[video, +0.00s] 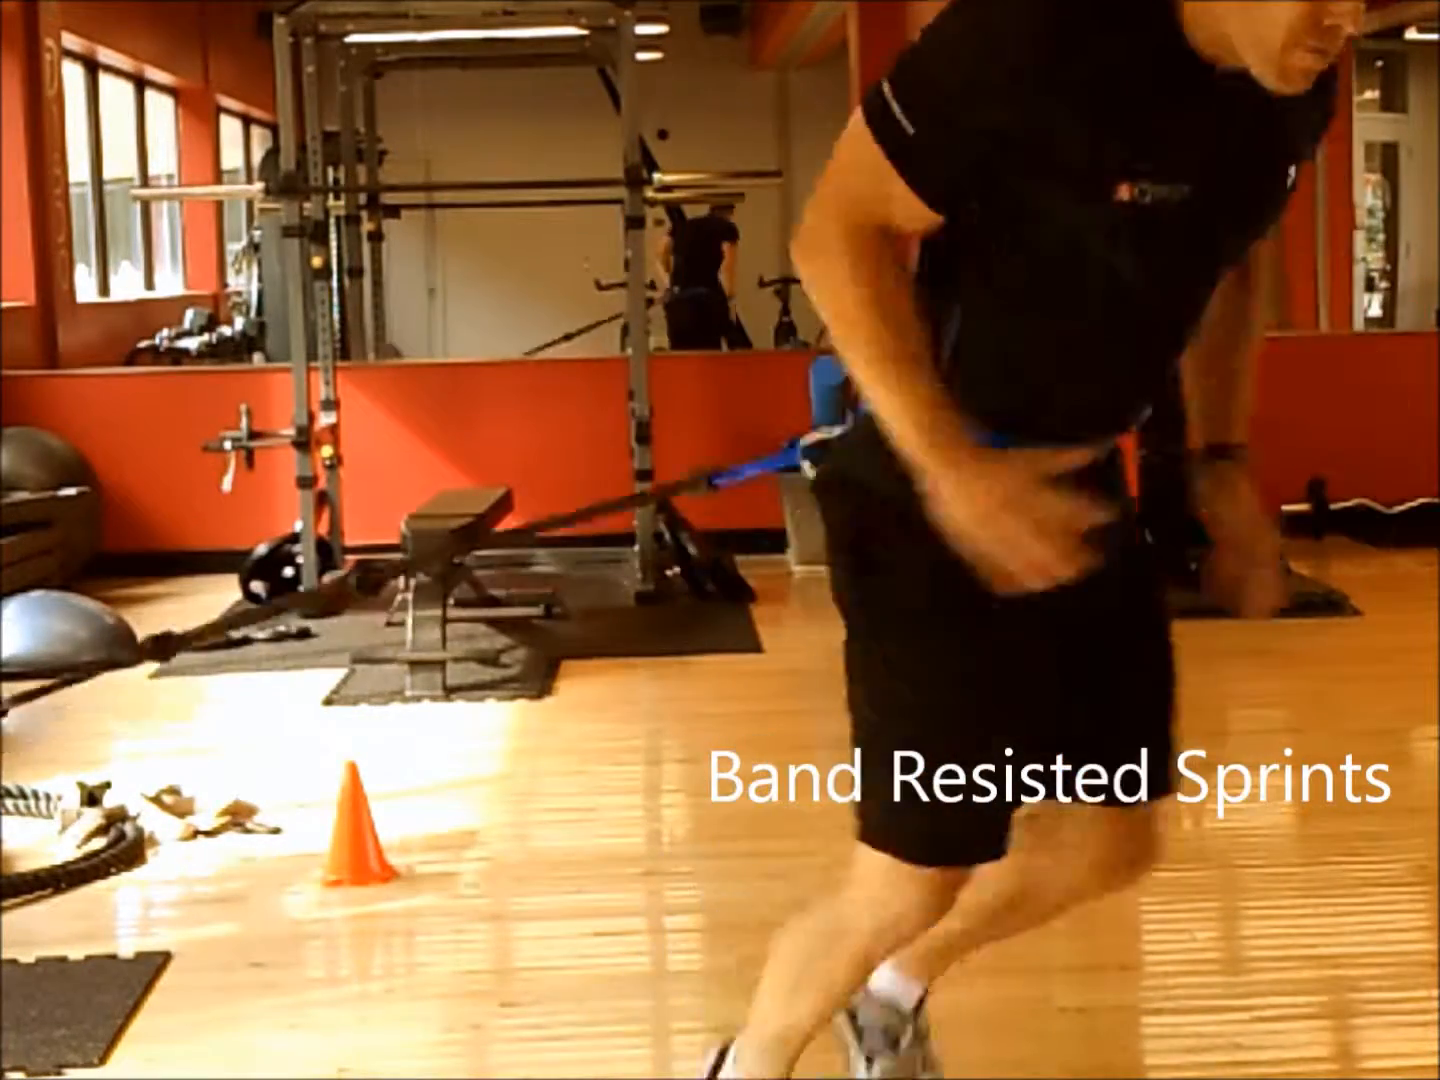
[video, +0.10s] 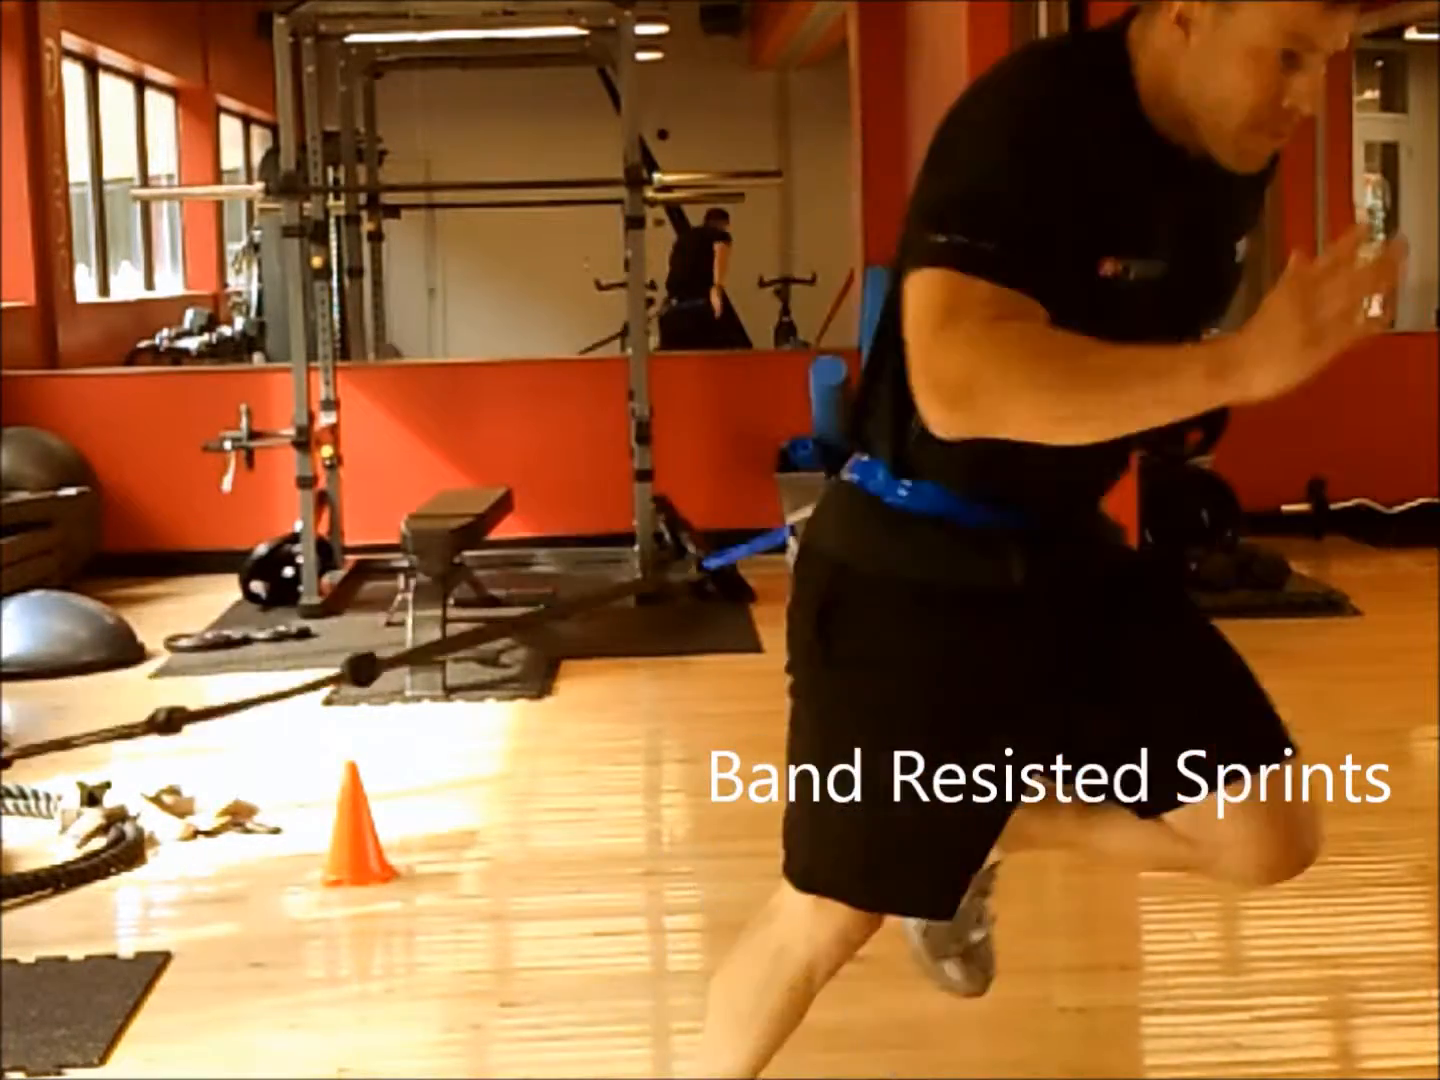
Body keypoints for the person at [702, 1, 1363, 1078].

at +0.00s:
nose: (1341, 26)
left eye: (1362, 5)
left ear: (1375, 9)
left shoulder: (1304, 85)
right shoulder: (1028, 36)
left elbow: (1229, 262)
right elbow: (836, 232)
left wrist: (1220, 461)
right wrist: (951, 465)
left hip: (1089, 469)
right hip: (918, 468)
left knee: (1106, 839)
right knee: (919, 871)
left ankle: (887, 989)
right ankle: (744, 1068)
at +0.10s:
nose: (1311, 99)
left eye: (1326, 64)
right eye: (1289, 56)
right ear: (1179, 21)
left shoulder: (1231, 157)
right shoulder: (1022, 114)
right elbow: (960, 381)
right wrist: (1237, 361)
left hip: (1065, 549)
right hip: (902, 554)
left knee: (1264, 837)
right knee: (838, 904)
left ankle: (980, 812)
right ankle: (702, 1072)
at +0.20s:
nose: (1346, 100)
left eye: (1365, 70)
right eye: (1331, 54)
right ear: (1225, 8)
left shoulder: (1256, 148)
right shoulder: (1041, 95)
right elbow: (923, 343)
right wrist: (1196, 370)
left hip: (1070, 512)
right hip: (908, 513)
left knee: (1264, 801)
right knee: (840, 851)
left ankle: (971, 873)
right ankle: (708, 1067)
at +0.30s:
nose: (1402, 29)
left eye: (1416, 8)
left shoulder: (1328, 107)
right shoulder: (1069, 40)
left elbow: (1218, 274)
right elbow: (866, 238)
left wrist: (1203, 459)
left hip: (1102, 455)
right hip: (933, 445)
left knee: (1101, 836)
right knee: (944, 864)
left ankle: (907, 1026)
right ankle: (716, 1037)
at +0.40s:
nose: (1376, 112)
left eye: (1395, 80)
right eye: (1353, 70)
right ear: (1246, 29)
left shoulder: (1319, 192)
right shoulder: (1039, 112)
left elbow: (1335, 380)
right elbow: (797, 198)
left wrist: (1403, 491)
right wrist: (706, 417)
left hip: (1075, 530)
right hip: (935, 515)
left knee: (980, 844)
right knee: (1098, 866)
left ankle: (838, 1053)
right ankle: (782, 871)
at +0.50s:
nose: (1387, 115)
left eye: (1404, 84)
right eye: (1368, 74)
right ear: (1262, 28)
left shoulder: (1341, 176)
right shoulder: (1049, 103)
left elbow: (1336, 359)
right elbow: (804, 183)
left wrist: (1423, 434)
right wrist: (713, 411)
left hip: (1077, 524)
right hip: (938, 504)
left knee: (966, 840)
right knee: (1104, 840)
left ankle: (845, 1048)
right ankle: (832, 915)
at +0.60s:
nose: (1404, 28)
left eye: (1422, 5)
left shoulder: (1342, 101)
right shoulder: (1070, 43)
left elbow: (1280, 260)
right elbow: (856, 214)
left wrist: (1284, 458)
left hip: (1117, 473)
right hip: (955, 459)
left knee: (1101, 837)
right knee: (973, 879)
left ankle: (878, 997)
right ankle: (816, 1053)